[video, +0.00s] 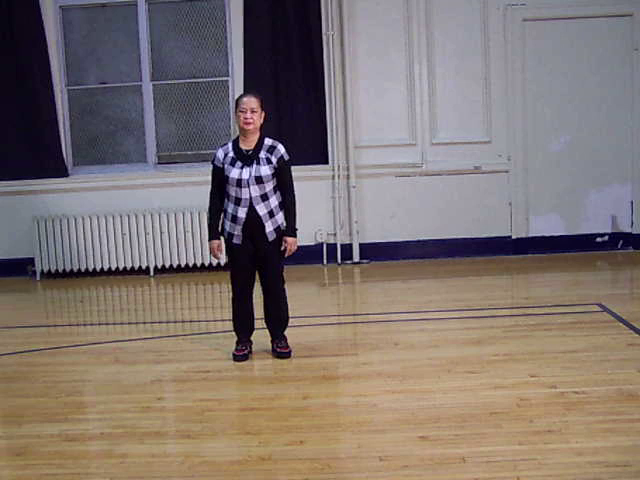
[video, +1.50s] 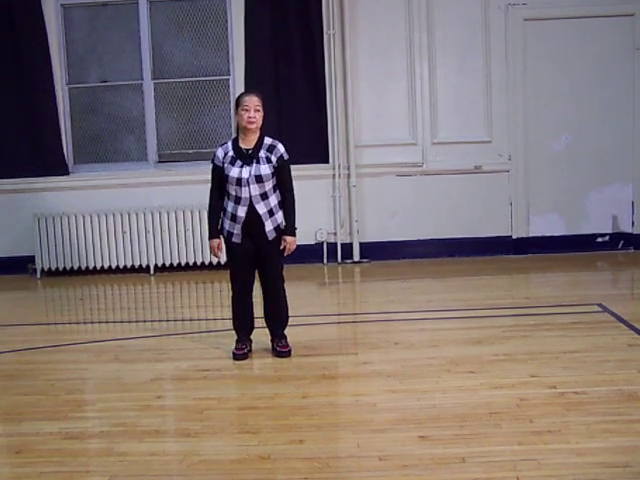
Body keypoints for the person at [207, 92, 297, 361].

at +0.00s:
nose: (247, 116)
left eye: (253, 111)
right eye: (242, 111)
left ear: (262, 116)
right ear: (235, 116)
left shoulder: (275, 150)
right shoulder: (223, 154)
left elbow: (288, 194)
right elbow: (216, 197)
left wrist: (291, 231)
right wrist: (214, 234)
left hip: (270, 231)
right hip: (237, 233)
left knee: (274, 286)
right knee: (241, 289)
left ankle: (279, 336)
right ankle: (243, 339)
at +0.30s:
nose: (246, 116)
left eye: (252, 111)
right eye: (241, 111)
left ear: (261, 116)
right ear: (235, 116)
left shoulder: (274, 150)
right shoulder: (223, 154)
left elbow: (287, 193)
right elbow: (215, 197)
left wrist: (290, 231)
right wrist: (213, 234)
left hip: (269, 231)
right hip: (236, 233)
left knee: (273, 286)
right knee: (240, 289)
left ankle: (278, 336)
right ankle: (242, 339)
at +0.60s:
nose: (248, 116)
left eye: (253, 111)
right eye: (243, 111)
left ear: (262, 116)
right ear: (236, 116)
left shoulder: (275, 150)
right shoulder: (224, 154)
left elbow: (288, 193)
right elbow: (216, 197)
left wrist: (291, 231)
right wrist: (215, 234)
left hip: (271, 231)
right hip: (237, 233)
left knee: (274, 286)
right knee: (241, 289)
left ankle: (279, 336)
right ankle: (243, 339)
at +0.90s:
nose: (249, 116)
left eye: (255, 111)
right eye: (244, 111)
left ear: (263, 116)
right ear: (236, 116)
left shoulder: (275, 150)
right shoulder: (224, 154)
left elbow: (288, 193)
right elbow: (216, 197)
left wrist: (290, 231)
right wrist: (214, 234)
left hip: (270, 231)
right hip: (237, 233)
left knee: (274, 286)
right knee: (241, 289)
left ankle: (279, 336)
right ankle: (243, 339)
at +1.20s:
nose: (251, 114)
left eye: (256, 109)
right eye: (245, 109)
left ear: (263, 115)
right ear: (236, 115)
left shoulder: (275, 149)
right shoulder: (223, 153)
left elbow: (287, 192)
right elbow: (216, 196)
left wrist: (290, 230)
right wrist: (214, 233)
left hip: (270, 230)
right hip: (236, 232)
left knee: (274, 284)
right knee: (241, 287)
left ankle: (279, 335)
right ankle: (243, 337)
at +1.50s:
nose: (251, 115)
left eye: (257, 110)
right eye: (245, 110)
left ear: (263, 115)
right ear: (236, 115)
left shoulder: (275, 150)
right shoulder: (223, 153)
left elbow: (287, 192)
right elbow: (216, 196)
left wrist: (290, 230)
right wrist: (214, 233)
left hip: (270, 230)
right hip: (237, 232)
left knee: (274, 284)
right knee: (241, 287)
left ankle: (279, 335)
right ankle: (243, 337)